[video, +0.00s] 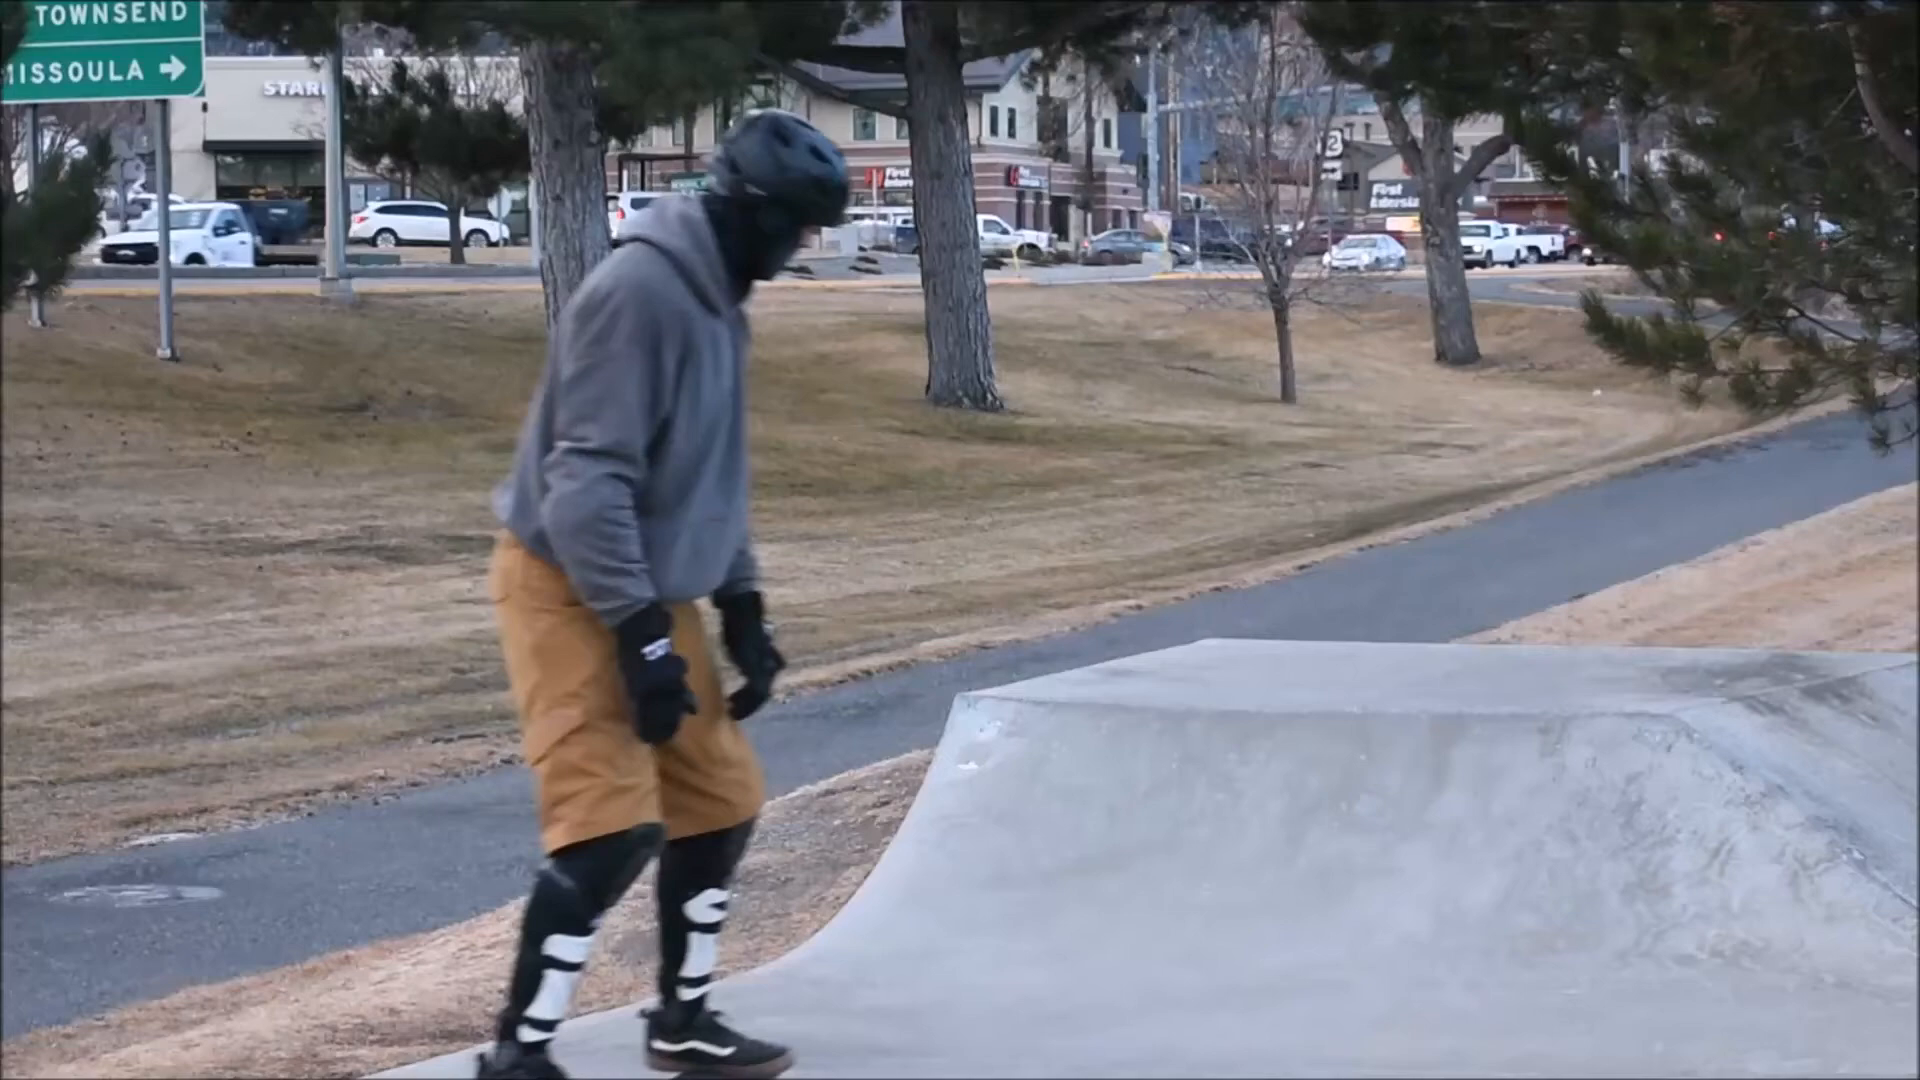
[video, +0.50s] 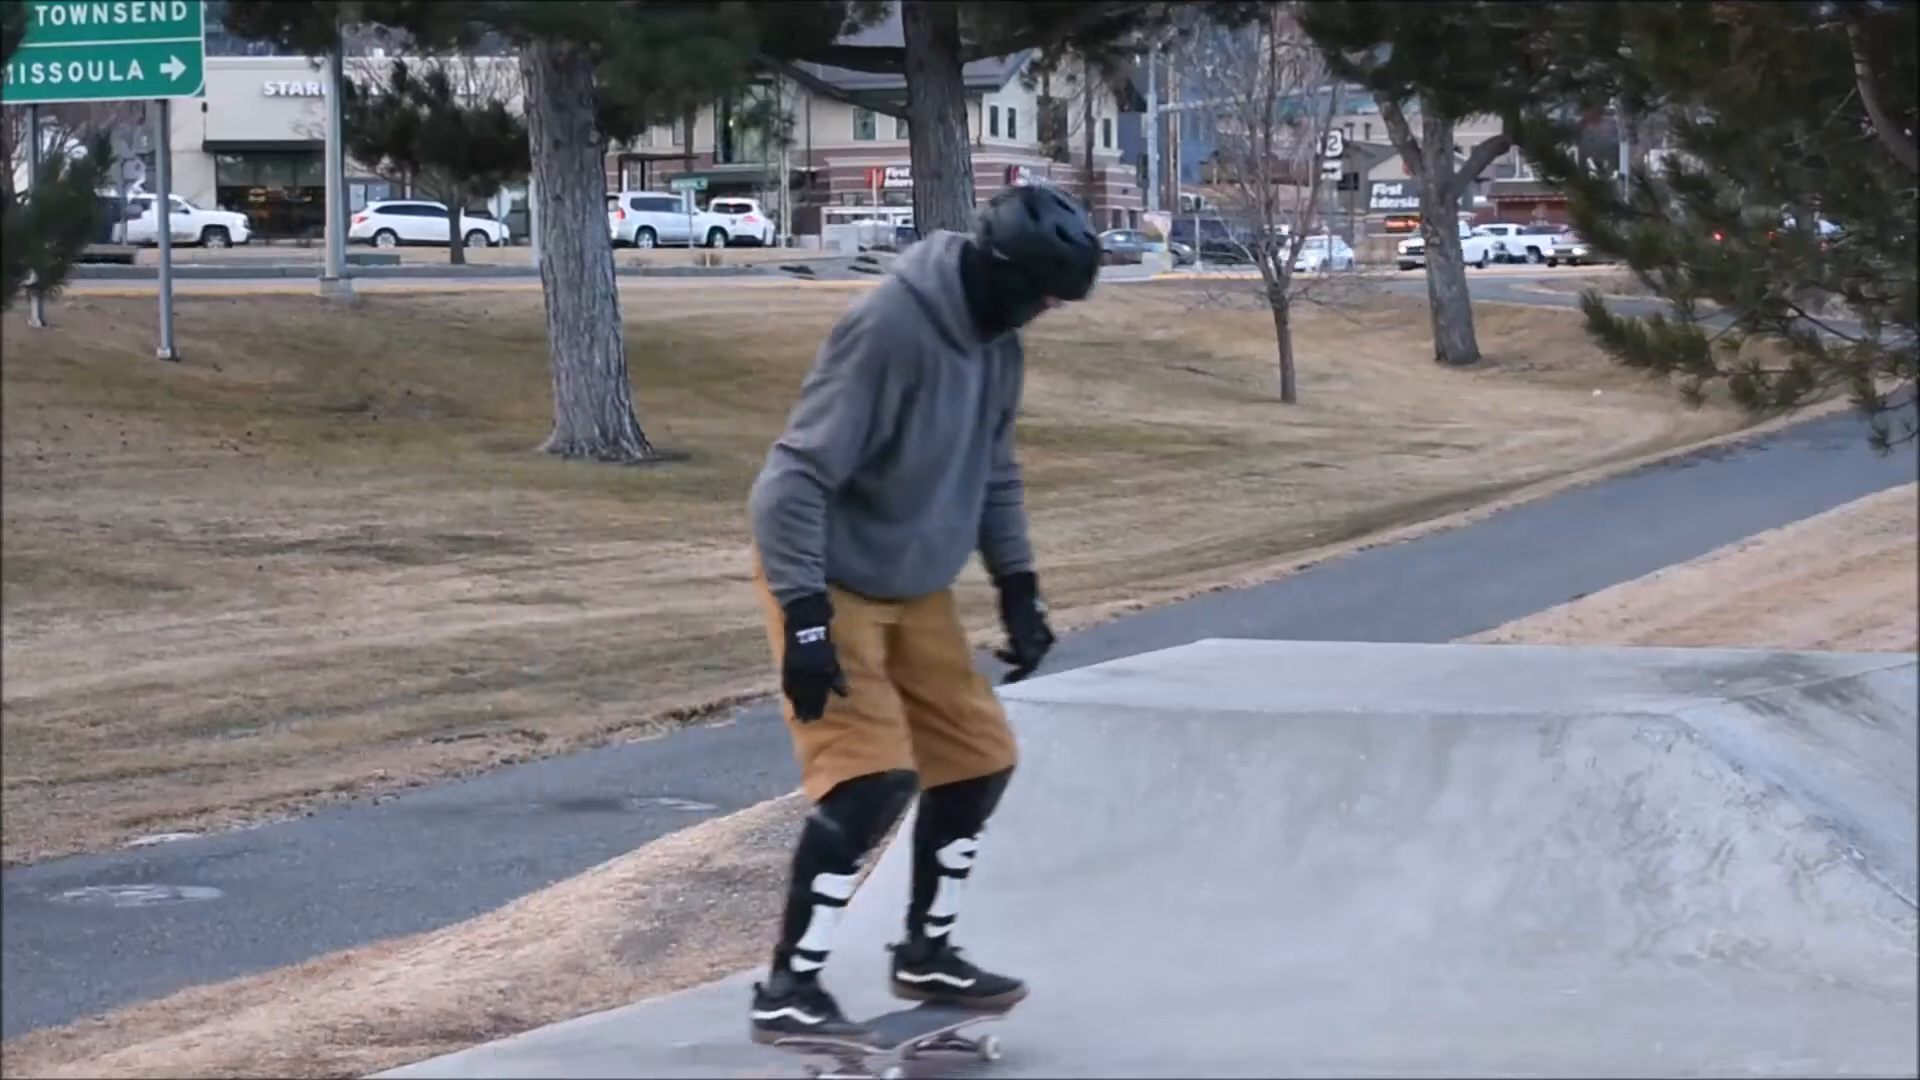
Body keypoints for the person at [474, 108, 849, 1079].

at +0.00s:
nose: (800, 249)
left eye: (808, 232)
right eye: (798, 227)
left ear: (762, 208)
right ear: (752, 204)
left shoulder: (716, 297)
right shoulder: (634, 288)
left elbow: (713, 476)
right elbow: (585, 479)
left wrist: (743, 610)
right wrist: (640, 632)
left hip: (661, 586)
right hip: (562, 578)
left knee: (717, 803)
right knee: (610, 822)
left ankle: (683, 1018)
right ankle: (519, 1049)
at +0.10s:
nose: (840, 258)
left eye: (849, 241)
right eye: (837, 236)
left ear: (801, 220)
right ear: (792, 216)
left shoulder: (759, 310)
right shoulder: (676, 297)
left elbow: (756, 479)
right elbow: (620, 482)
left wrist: (782, 608)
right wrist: (676, 629)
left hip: (698, 585)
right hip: (600, 577)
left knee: (756, 795)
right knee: (654, 816)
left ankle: (721, 1009)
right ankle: (562, 1040)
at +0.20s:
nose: (891, 273)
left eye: (900, 257)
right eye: (890, 252)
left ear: (860, 235)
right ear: (850, 229)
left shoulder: (823, 321)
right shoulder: (735, 306)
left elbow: (815, 480)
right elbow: (671, 485)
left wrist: (841, 609)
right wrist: (720, 630)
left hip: (755, 583)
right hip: (659, 579)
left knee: (818, 785)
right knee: (716, 807)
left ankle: (774, 993)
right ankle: (623, 1027)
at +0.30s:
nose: (940, 281)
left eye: (950, 266)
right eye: (939, 261)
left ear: (925, 244)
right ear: (898, 232)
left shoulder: (881, 317)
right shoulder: (788, 308)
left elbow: (879, 473)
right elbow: (712, 479)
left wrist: (898, 600)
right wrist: (752, 626)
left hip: (814, 585)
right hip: (718, 581)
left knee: (871, 781)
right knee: (769, 799)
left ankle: (826, 980)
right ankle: (679, 1017)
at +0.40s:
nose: (998, 291)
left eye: (1007, 276)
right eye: (997, 272)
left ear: (967, 248)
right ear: (956, 245)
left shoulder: (939, 316)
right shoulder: (842, 310)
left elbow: (937, 464)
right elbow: (752, 473)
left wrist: (957, 586)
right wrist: (775, 616)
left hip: (868, 585)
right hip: (778, 583)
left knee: (921, 771)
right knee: (818, 787)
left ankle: (873, 963)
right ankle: (734, 1002)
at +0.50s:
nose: (1041, 313)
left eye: (1050, 301)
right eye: (1041, 296)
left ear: (1024, 275)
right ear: (1004, 268)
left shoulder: (996, 340)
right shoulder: (887, 327)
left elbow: (994, 473)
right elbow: (792, 478)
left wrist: (1018, 586)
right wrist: (805, 622)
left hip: (918, 587)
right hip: (832, 588)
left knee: (974, 764)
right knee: (870, 777)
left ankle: (923, 951)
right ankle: (788, 985)